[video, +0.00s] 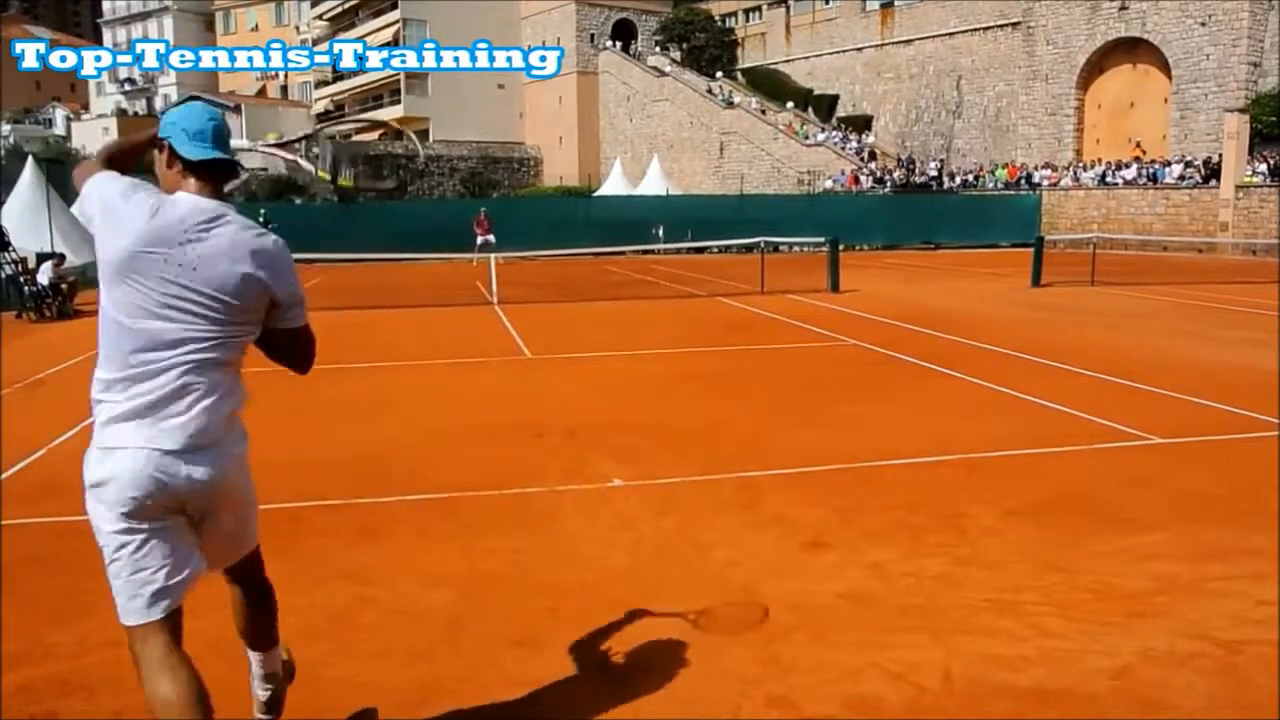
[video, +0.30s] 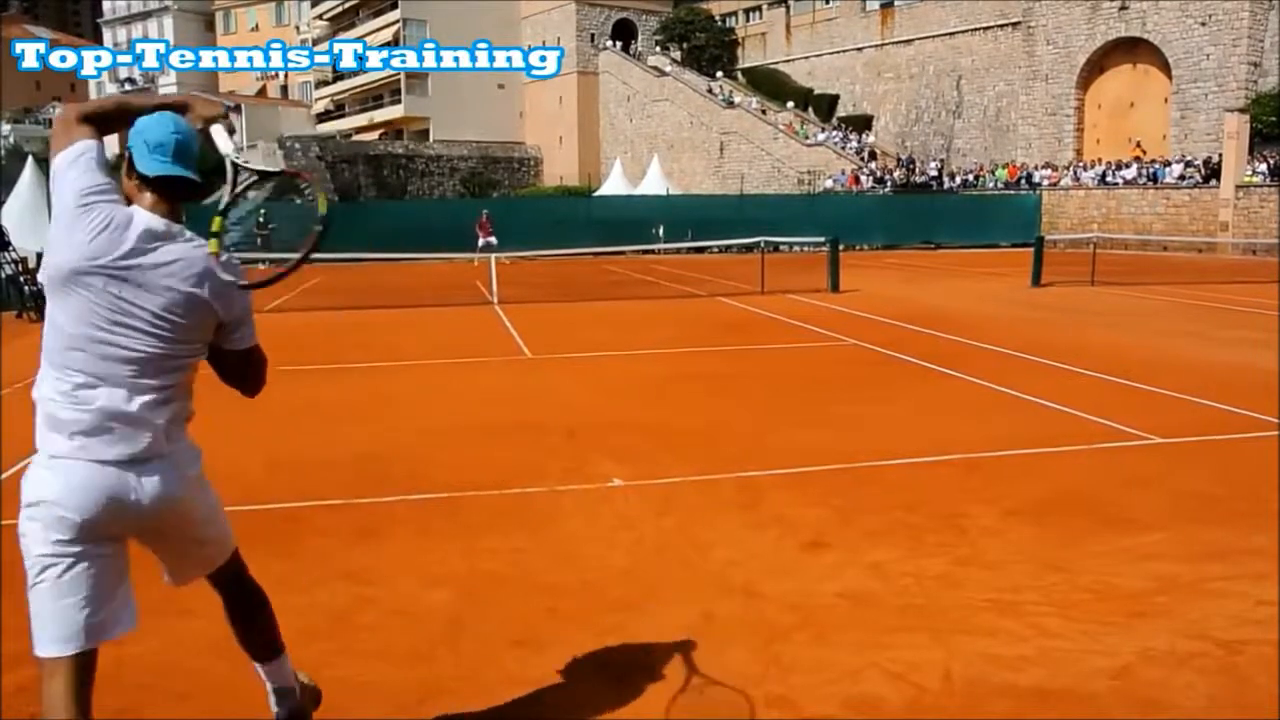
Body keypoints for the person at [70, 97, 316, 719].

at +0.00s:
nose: (159, 165)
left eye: (162, 157)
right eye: (166, 154)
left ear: (168, 160)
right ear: (228, 164)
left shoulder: (126, 212)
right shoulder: (261, 248)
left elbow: (89, 169)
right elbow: (299, 355)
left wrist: (153, 141)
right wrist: (231, 310)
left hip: (124, 457)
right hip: (214, 456)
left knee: (155, 639)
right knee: (248, 575)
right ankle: (267, 678)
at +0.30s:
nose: (123, 172)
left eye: (128, 164)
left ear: (129, 170)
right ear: (197, 188)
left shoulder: (83, 218)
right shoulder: (210, 274)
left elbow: (75, 117)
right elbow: (249, 378)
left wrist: (174, 99)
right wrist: (200, 314)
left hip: (67, 479)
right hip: (166, 479)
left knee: (65, 674)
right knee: (233, 580)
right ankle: (286, 692)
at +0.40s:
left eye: (104, 176)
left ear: (109, 189)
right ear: (179, 196)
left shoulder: (63, 230)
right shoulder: (196, 288)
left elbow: (51, 119)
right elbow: (227, 396)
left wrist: (153, 103)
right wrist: (174, 311)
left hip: (36, 494)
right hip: (140, 495)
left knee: (20, 697)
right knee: (224, 590)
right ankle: (289, 702)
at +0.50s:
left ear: (81, 206)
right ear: (151, 217)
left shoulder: (37, 249)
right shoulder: (174, 305)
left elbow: (23, 132)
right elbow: (208, 419)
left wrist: (111, 106)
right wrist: (171, 346)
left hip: (13, 512)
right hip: (114, 515)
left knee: (1, 688)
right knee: (209, 602)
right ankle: (286, 711)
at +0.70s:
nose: (63, 233)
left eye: (65, 226)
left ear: (64, 237)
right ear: (132, 244)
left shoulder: (19, 283)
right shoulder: (159, 333)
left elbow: (7, 182)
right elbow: (192, 448)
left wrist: (52, 122)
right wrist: (160, 370)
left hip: (5, 543)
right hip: (93, 542)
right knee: (196, 627)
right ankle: (260, 715)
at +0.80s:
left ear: (43, 266)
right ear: (118, 270)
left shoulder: (8, 311)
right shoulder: (140, 361)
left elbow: (3, 221)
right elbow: (176, 482)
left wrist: (29, 149)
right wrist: (154, 403)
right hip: (66, 571)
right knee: (176, 659)